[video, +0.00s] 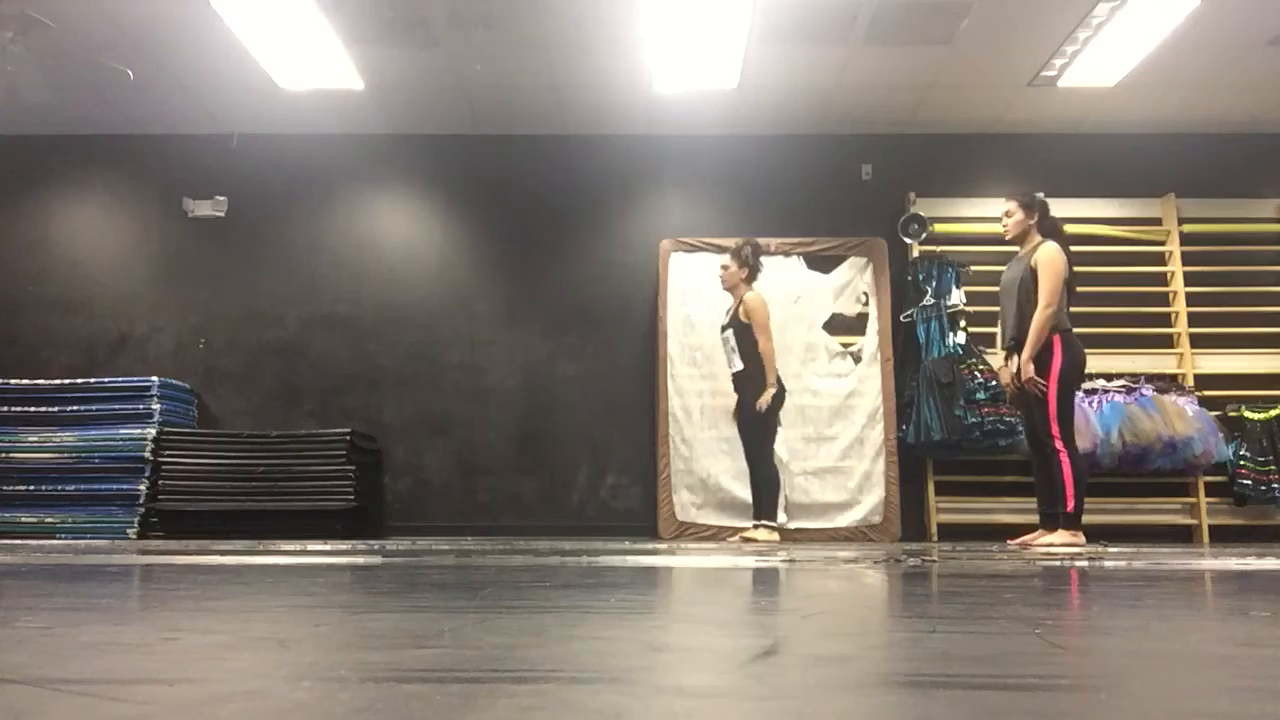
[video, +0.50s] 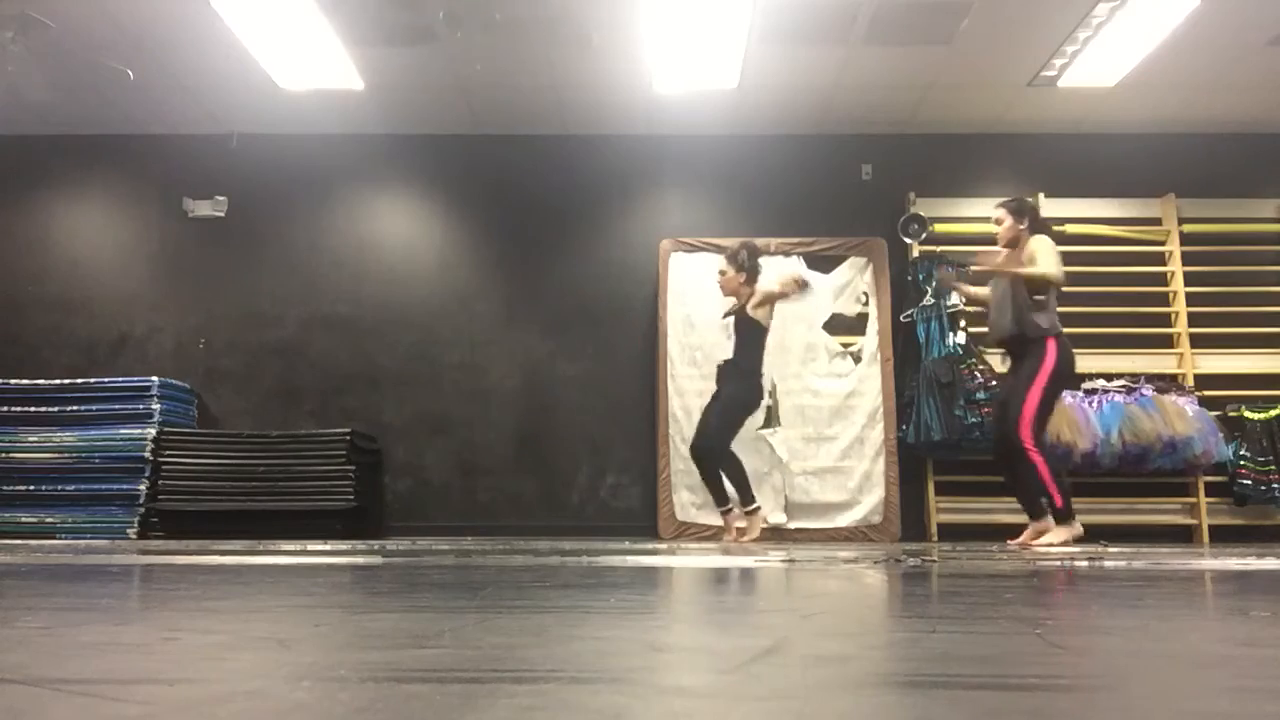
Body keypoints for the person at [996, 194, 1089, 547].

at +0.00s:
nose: (1003, 221)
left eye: (1009, 215)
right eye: (1002, 216)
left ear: (1032, 216)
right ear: (1015, 220)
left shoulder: (1049, 251)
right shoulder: (1017, 260)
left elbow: (1048, 308)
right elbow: (1009, 314)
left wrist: (1026, 357)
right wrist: (1004, 358)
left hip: (1053, 349)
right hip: (1029, 354)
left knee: (1057, 438)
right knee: (1039, 440)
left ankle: (1071, 528)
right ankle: (1050, 525)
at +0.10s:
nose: (995, 225)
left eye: (1000, 218)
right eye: (994, 219)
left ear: (1023, 218)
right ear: (1010, 221)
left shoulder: (1044, 252)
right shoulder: (1005, 268)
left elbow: (1040, 308)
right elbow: (994, 322)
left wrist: (1016, 358)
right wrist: (996, 362)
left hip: (1055, 349)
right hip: (1028, 355)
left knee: (1057, 435)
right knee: (1038, 438)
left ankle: (1071, 528)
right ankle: (1049, 525)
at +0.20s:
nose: (986, 229)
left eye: (991, 222)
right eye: (986, 223)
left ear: (1013, 222)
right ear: (1004, 224)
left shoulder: (1037, 254)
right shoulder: (995, 273)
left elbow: (1023, 307)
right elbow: (977, 322)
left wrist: (999, 353)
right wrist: (978, 360)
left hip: (1063, 350)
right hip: (1036, 355)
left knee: (1059, 434)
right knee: (1038, 436)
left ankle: (1072, 529)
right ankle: (1049, 526)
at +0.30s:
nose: (981, 230)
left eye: (987, 223)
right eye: (981, 224)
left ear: (1010, 224)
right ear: (997, 227)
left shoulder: (1032, 254)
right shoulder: (990, 271)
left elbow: (1007, 298)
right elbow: (964, 312)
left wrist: (974, 341)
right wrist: (956, 348)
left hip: (1064, 352)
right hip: (1036, 357)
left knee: (1060, 436)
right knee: (1038, 437)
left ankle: (1071, 529)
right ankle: (1049, 526)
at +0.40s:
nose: (983, 230)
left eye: (989, 223)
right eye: (982, 224)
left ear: (1012, 223)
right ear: (1004, 225)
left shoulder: (1030, 247)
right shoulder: (993, 264)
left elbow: (1020, 278)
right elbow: (969, 295)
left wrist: (963, 303)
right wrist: (947, 313)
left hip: (1060, 350)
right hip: (1034, 355)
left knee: (1048, 436)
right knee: (1029, 437)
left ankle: (1070, 528)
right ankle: (1048, 526)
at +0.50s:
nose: (995, 229)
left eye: (999, 222)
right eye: (994, 223)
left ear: (1022, 222)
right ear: (1009, 226)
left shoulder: (1039, 243)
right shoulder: (1008, 258)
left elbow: (1054, 275)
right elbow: (997, 296)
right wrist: (958, 287)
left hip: (1047, 349)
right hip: (1024, 353)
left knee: (1023, 433)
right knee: (1006, 436)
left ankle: (1067, 523)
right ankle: (1040, 521)